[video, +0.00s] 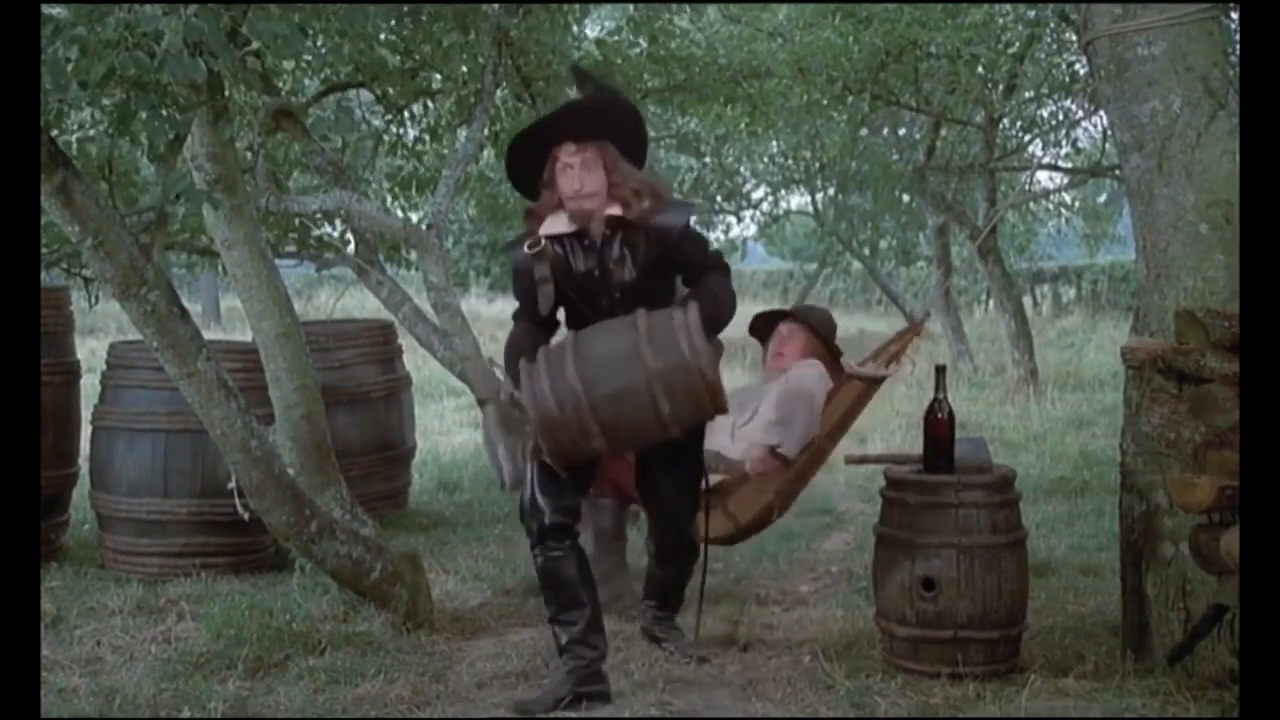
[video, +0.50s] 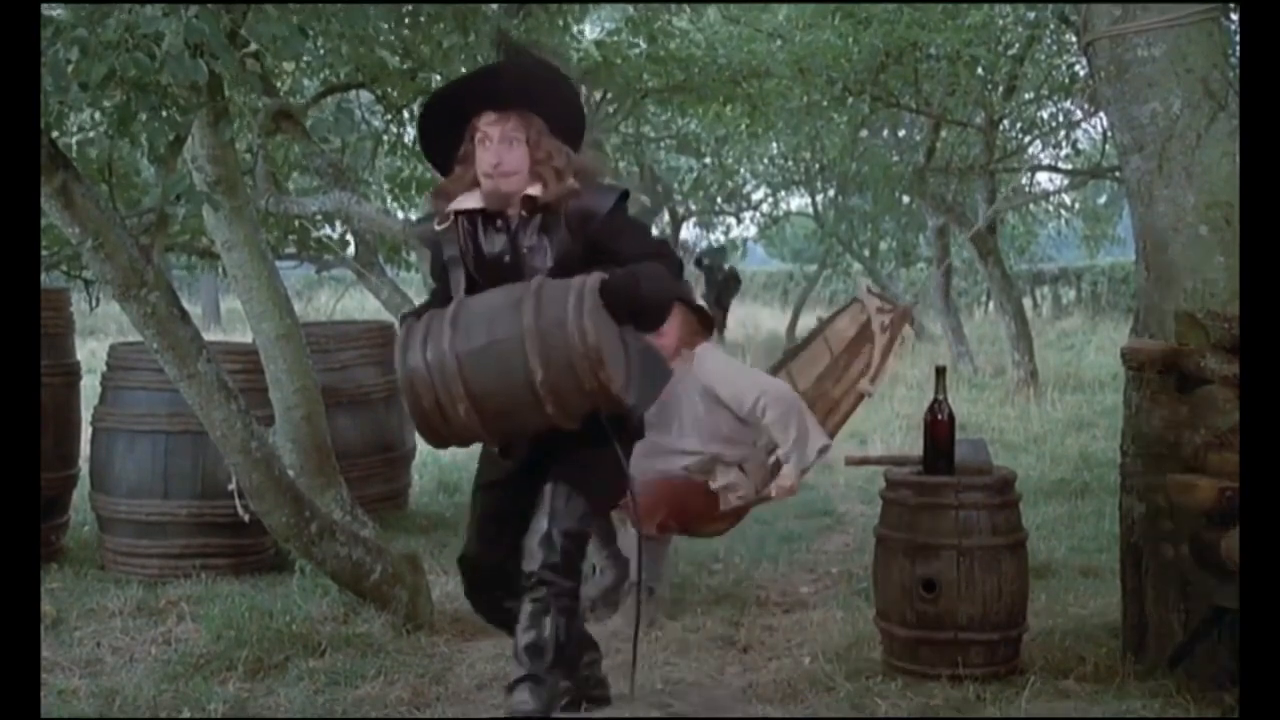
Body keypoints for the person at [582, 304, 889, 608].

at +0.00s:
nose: (778, 342)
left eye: (791, 335)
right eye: (775, 336)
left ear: (815, 347)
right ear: (766, 348)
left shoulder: (811, 372)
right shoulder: (755, 392)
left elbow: (800, 406)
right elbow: (716, 425)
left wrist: (780, 451)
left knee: (608, 466)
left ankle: (606, 571)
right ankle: (605, 571)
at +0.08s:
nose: (764, 334)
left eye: (777, 328)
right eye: (760, 327)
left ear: (800, 343)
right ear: (750, 339)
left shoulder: (796, 374)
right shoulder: (727, 395)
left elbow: (816, 410)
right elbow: (699, 441)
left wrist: (772, 455)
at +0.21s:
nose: (736, 330)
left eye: (749, 324)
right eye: (730, 321)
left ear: (770, 341)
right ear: (717, 332)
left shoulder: (772, 374)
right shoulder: (709, 384)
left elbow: (809, 403)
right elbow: (678, 433)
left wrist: (780, 467)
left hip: (720, 496)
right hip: (675, 482)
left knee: (609, 469)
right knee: (594, 459)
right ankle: (555, 550)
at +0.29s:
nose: (719, 325)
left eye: (732, 319)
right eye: (713, 317)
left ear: (752, 334)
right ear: (701, 329)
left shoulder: (759, 369)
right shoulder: (698, 372)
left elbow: (808, 398)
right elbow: (676, 422)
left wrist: (786, 464)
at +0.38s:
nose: (693, 325)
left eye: (705, 317)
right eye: (685, 317)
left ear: (727, 331)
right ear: (674, 331)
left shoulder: (736, 365)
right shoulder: (681, 384)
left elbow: (799, 395)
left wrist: (790, 464)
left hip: (723, 485)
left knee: (639, 495)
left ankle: (641, 600)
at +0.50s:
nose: (652, 337)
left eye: (661, 324)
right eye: (647, 329)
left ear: (690, 321)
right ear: (640, 334)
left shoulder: (710, 364)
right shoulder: (674, 375)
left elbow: (776, 397)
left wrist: (793, 465)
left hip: (723, 492)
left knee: (653, 497)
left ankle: (643, 594)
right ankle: (609, 569)